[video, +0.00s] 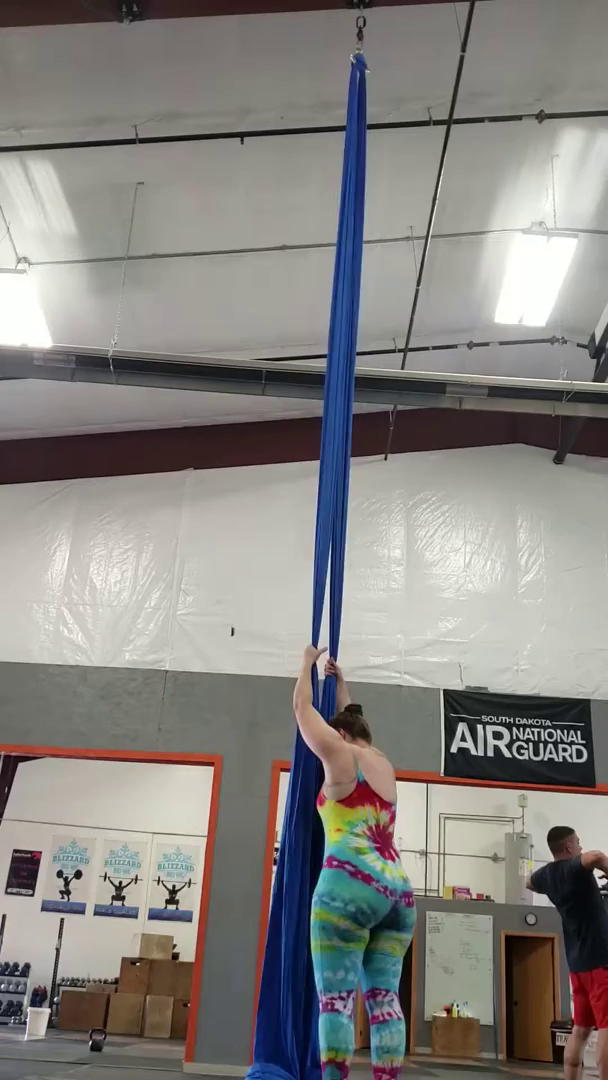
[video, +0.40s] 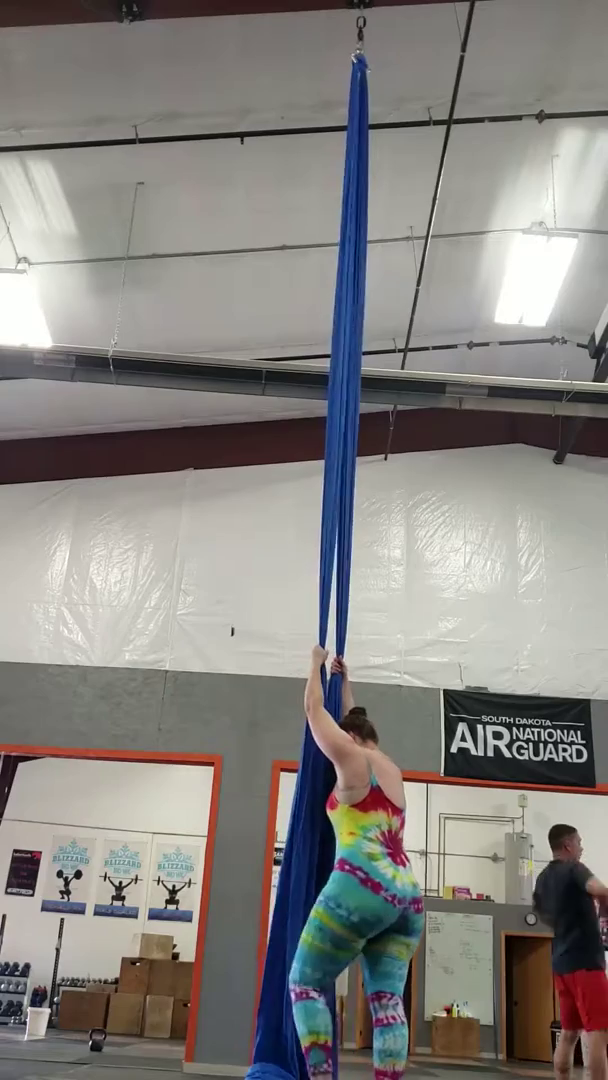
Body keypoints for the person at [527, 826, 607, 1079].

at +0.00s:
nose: (580, 847)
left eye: (578, 843)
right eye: (577, 843)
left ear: (554, 848)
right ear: (568, 845)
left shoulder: (547, 873)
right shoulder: (577, 864)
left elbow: (530, 882)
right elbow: (597, 856)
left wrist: (552, 881)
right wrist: (606, 870)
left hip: (576, 961)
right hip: (598, 959)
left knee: (579, 1029)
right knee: (604, 1030)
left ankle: (570, 1076)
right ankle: (603, 1076)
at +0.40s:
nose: (581, 847)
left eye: (580, 842)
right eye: (578, 842)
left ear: (557, 847)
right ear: (567, 844)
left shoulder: (543, 876)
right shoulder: (575, 868)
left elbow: (541, 910)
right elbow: (599, 889)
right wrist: (602, 906)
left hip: (561, 962)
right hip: (586, 962)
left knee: (568, 1034)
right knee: (596, 1034)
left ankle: (561, 1078)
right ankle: (596, 1077)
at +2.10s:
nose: (559, 836)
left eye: (559, 831)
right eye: (553, 830)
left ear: (554, 835)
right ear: (533, 832)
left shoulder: (560, 879)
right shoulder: (507, 868)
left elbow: (568, 929)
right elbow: (489, 911)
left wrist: (576, 975)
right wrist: (495, 959)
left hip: (553, 972)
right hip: (515, 971)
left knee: (559, 1042)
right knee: (510, 1045)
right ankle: (503, 1078)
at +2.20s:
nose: (560, 834)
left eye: (560, 829)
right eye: (554, 828)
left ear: (551, 833)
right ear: (534, 831)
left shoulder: (561, 877)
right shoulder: (508, 866)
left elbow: (570, 926)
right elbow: (490, 910)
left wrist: (578, 967)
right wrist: (500, 950)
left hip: (553, 972)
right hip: (516, 969)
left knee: (559, 1041)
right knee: (510, 1039)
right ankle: (502, 1077)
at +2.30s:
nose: (558, 832)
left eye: (558, 827)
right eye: (552, 826)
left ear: (542, 830)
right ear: (532, 828)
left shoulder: (559, 875)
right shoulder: (507, 864)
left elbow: (571, 922)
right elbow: (490, 908)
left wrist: (581, 959)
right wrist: (506, 942)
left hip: (552, 969)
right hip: (516, 966)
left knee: (558, 1041)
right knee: (511, 1034)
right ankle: (494, 1077)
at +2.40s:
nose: (552, 830)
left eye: (552, 825)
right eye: (547, 824)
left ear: (537, 829)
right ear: (528, 827)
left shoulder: (554, 873)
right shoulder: (503, 863)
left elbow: (567, 920)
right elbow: (489, 910)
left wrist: (581, 953)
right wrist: (508, 944)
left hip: (549, 969)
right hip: (514, 966)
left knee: (556, 1042)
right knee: (509, 1036)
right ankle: (481, 1077)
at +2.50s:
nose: (546, 830)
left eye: (546, 825)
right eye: (541, 825)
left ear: (528, 828)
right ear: (521, 827)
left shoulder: (545, 872)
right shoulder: (498, 864)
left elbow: (560, 921)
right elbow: (485, 912)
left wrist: (580, 956)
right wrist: (506, 954)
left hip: (543, 971)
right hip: (509, 968)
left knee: (553, 1042)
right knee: (503, 1039)